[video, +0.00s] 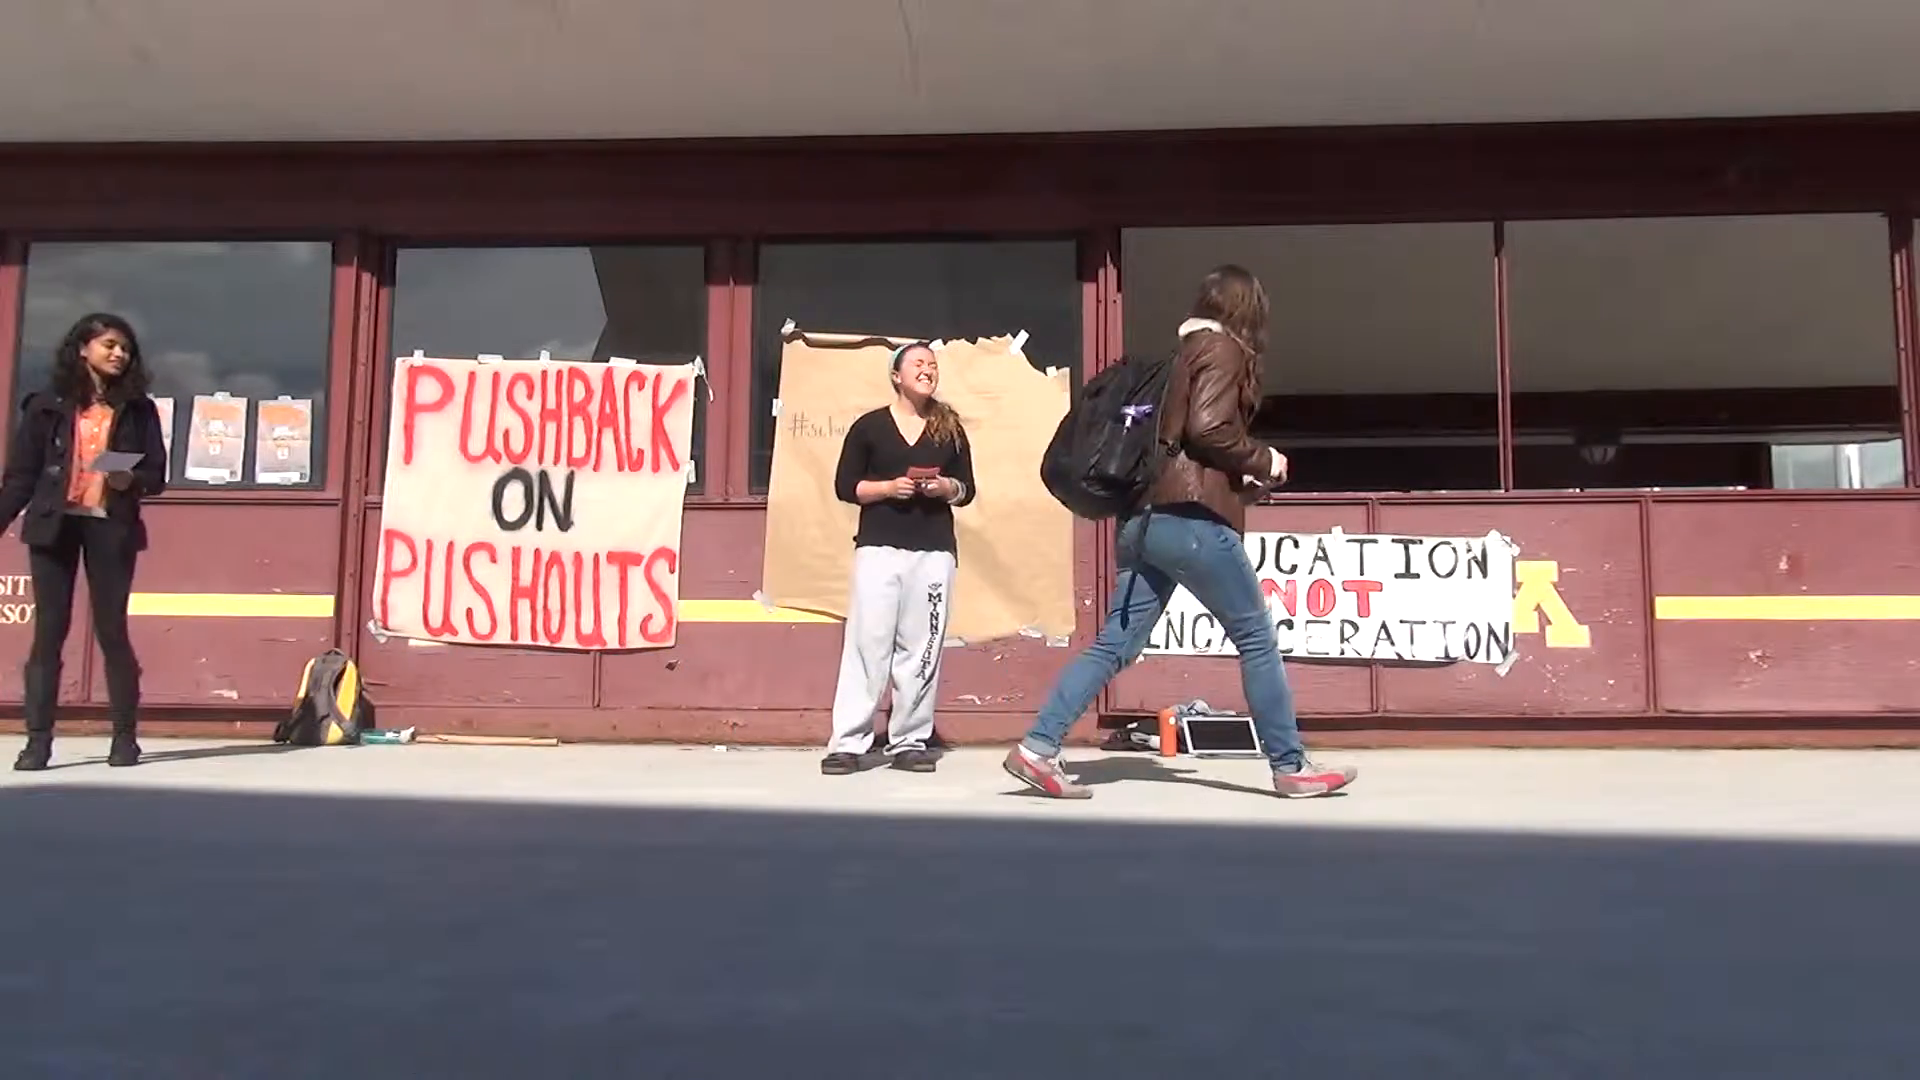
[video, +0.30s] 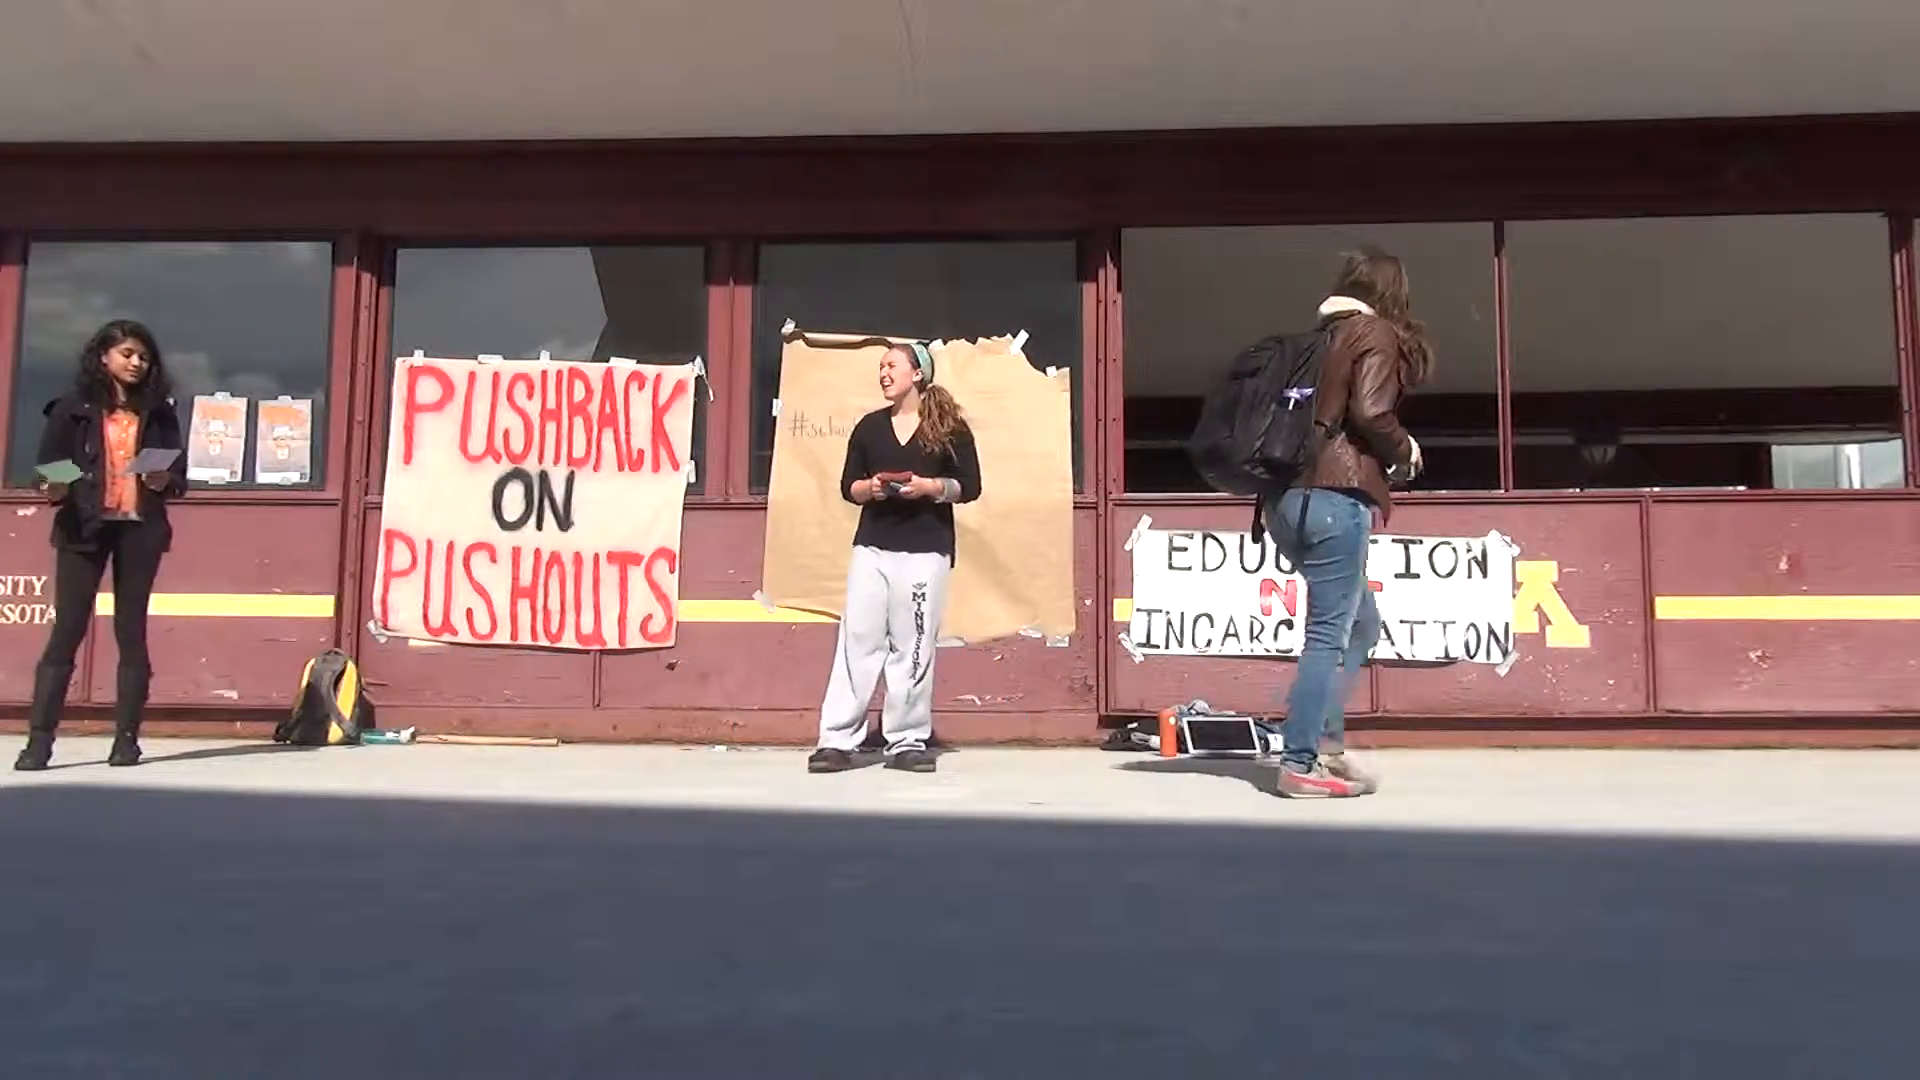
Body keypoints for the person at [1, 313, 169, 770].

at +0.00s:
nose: (117, 353)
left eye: (123, 348)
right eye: (108, 344)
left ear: (129, 358)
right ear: (81, 348)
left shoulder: (139, 409)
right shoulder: (46, 404)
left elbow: (156, 479)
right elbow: (21, 476)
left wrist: (132, 481)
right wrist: (3, 518)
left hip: (110, 527)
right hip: (52, 524)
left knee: (110, 630)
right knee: (49, 630)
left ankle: (125, 734)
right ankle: (39, 738)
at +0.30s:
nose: (136, 363)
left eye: (142, 356)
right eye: (127, 353)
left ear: (149, 364)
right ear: (101, 356)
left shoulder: (160, 412)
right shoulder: (72, 407)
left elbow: (178, 482)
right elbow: (46, 472)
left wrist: (166, 482)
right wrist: (53, 488)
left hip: (141, 527)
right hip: (84, 524)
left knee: (130, 628)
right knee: (68, 628)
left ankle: (127, 736)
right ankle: (40, 739)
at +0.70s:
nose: (151, 371)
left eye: (158, 365)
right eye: (143, 362)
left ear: (165, 371)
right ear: (120, 363)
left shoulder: (173, 417)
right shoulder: (89, 413)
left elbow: (192, 483)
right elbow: (72, 481)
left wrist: (184, 487)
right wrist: (120, 482)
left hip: (156, 533)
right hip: (104, 529)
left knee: (139, 629)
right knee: (82, 627)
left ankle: (127, 735)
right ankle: (43, 735)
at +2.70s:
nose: (102, 359)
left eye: (110, 352)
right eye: (94, 349)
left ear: (117, 358)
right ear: (67, 349)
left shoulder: (120, 407)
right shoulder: (34, 400)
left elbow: (129, 483)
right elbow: (17, 465)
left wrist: (128, 472)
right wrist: (77, 442)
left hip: (101, 529)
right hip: (48, 526)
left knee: (102, 635)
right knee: (51, 630)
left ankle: (87, 733)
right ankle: (46, 738)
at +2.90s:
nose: (106, 359)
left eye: (113, 352)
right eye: (97, 349)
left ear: (120, 358)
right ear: (70, 349)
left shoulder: (121, 407)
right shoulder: (36, 400)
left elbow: (128, 484)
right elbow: (18, 465)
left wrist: (129, 473)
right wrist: (81, 448)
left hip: (101, 529)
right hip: (48, 527)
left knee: (102, 637)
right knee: (50, 631)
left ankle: (87, 734)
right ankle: (46, 739)